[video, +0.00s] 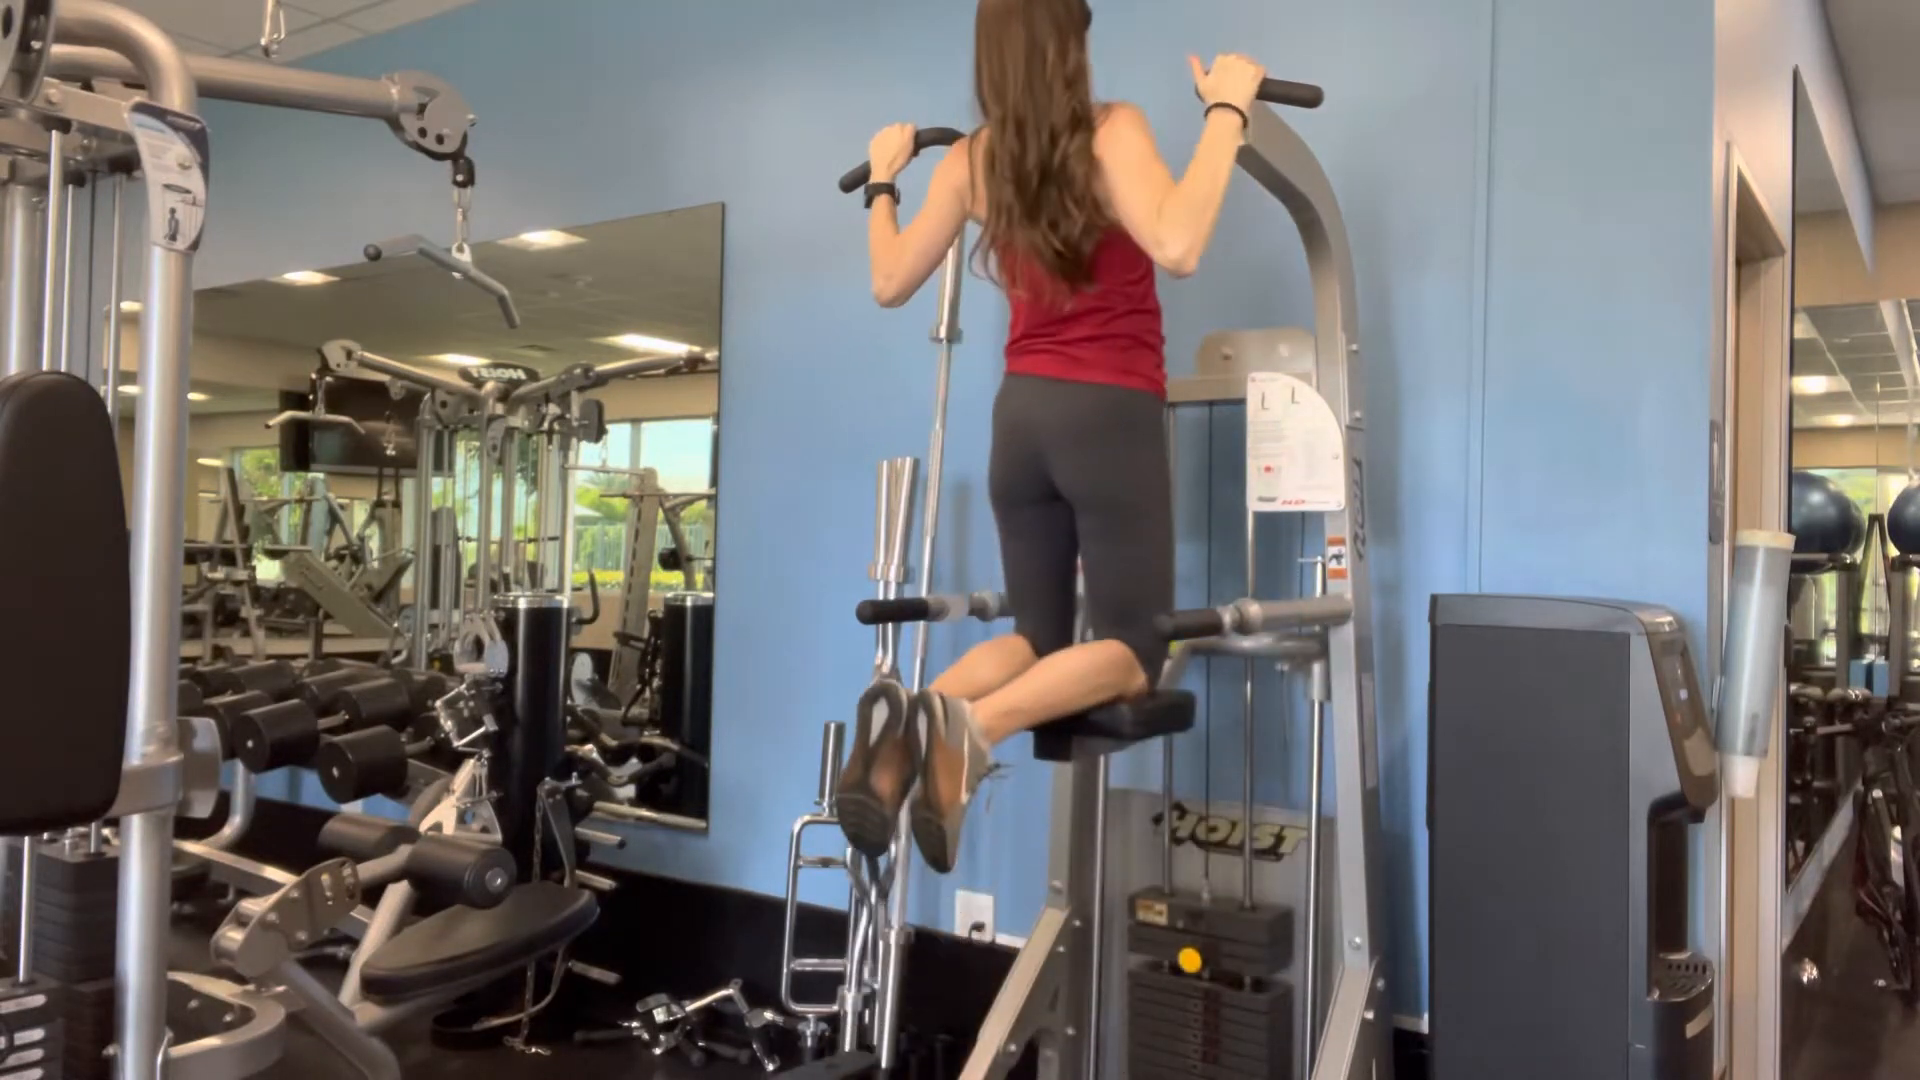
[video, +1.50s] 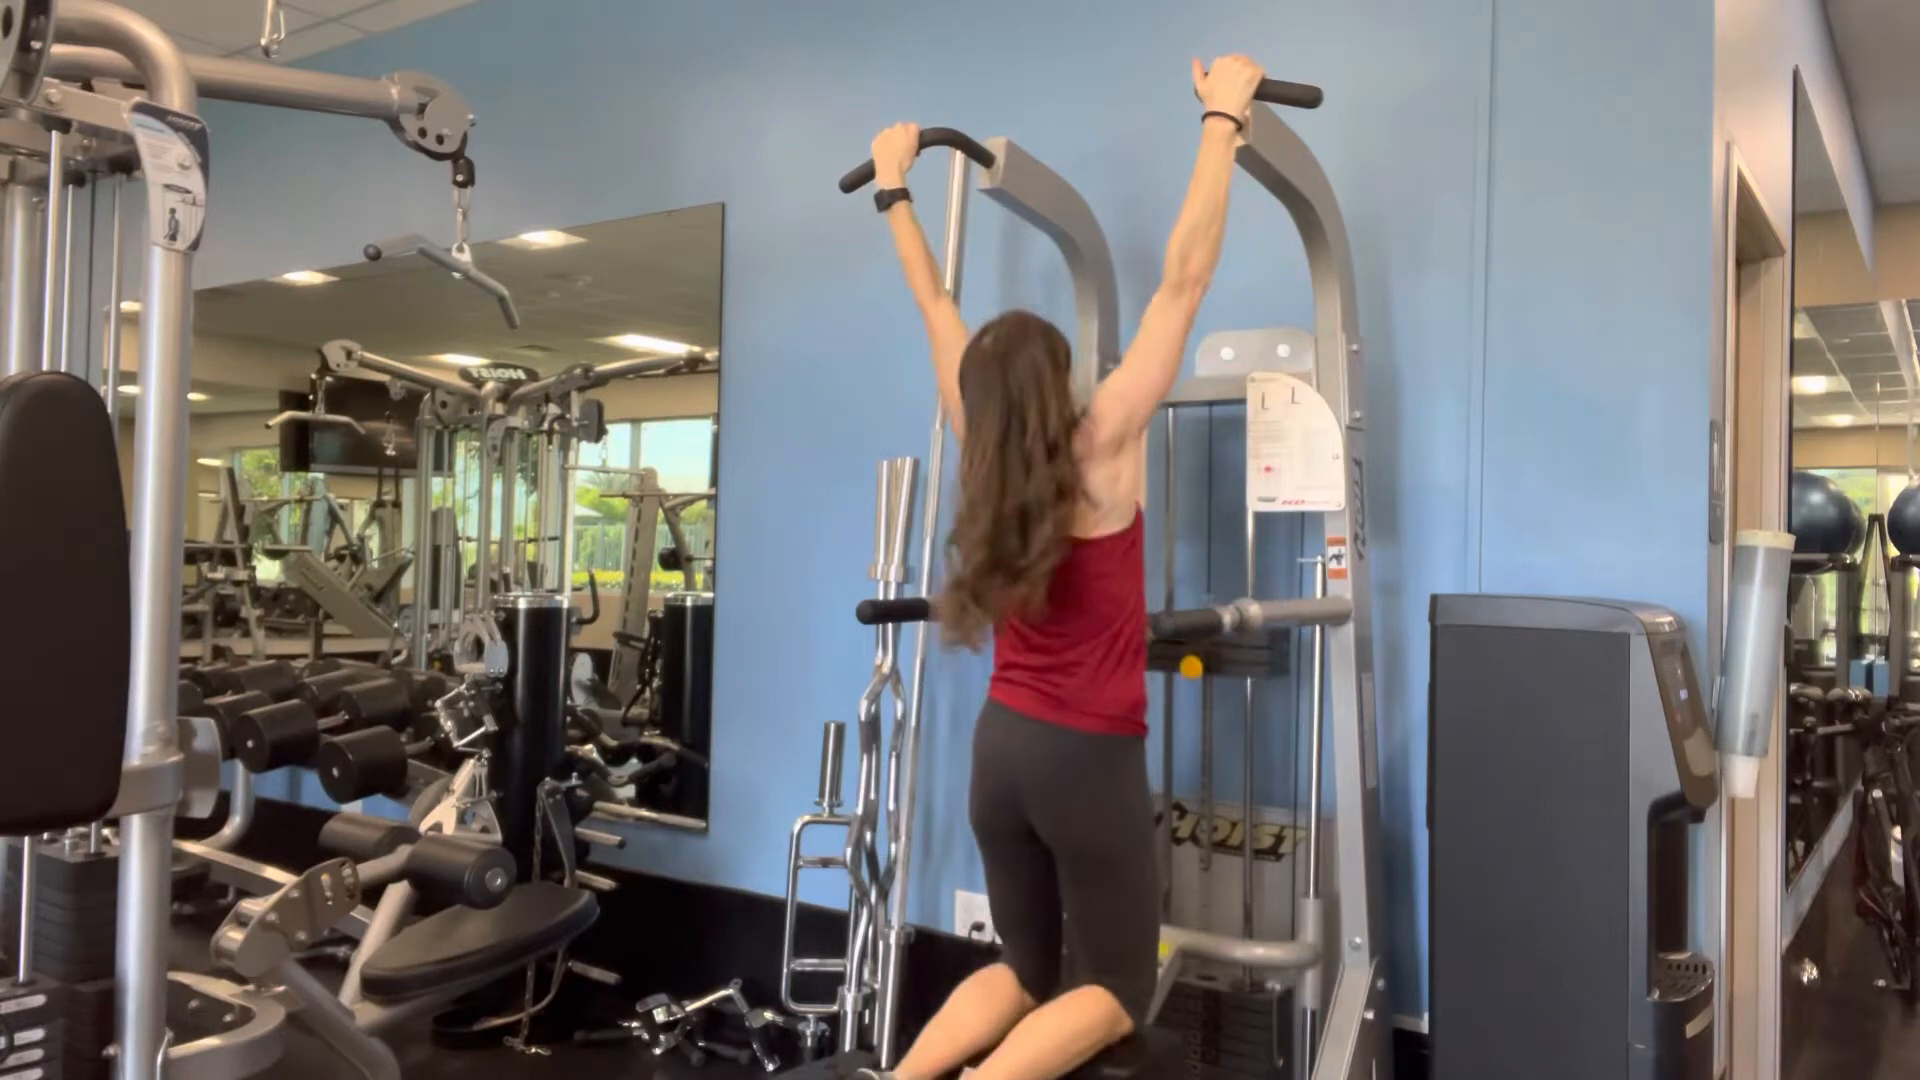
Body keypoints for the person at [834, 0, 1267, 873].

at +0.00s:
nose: (1082, 45)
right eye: (1077, 33)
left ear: (991, 54)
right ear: (1073, 44)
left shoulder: (973, 157)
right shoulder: (1110, 129)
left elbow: (891, 280)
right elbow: (1177, 243)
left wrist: (879, 181)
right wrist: (1228, 114)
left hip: (1020, 415)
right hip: (1110, 416)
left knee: (1039, 638)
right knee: (1132, 653)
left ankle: (915, 716)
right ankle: (978, 724)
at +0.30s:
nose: (1088, 43)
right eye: (1084, 30)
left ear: (996, 47)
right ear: (1079, 42)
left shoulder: (974, 155)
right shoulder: (1112, 132)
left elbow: (891, 279)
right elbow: (1180, 246)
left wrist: (878, 182)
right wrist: (1229, 114)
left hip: (1018, 415)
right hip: (1109, 414)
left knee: (1038, 639)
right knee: (1134, 653)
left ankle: (916, 717)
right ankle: (980, 722)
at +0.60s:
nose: (1090, 56)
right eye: (1085, 42)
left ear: (998, 57)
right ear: (1081, 52)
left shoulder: (973, 162)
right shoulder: (1114, 140)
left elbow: (891, 282)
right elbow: (1192, 249)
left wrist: (878, 181)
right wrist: (1230, 114)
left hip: (1019, 420)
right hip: (1111, 421)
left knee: (1038, 644)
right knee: (1133, 659)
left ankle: (916, 721)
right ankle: (981, 726)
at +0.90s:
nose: (1062, 155)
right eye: (1056, 144)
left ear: (962, 164)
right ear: (1047, 154)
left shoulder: (954, 251)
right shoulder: (1086, 232)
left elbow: (873, 296)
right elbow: (1239, 252)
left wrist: (878, 188)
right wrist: (1231, 112)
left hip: (1010, 520)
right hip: (1097, 524)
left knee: (1035, 737)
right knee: (1129, 754)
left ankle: (912, 821)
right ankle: (975, 829)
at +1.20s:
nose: (1048, 307)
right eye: (1037, 295)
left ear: (956, 322)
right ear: (1034, 312)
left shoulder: (955, 395)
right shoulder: (1076, 382)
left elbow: (905, 293)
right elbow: (1200, 270)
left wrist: (885, 185)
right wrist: (1225, 114)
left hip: (997, 685)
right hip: (1087, 693)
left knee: (1023, 894)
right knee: (1119, 916)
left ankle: (900, 1002)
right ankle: (965, 1028)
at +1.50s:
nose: (1075, 355)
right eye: (1067, 349)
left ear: (984, 391)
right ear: (1061, 376)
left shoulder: (986, 449)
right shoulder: (1105, 436)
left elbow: (934, 304)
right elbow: (1184, 279)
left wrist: (892, 187)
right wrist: (1223, 120)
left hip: (1001, 750)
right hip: (1090, 762)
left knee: (1025, 970)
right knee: (1114, 989)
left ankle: (904, 1075)